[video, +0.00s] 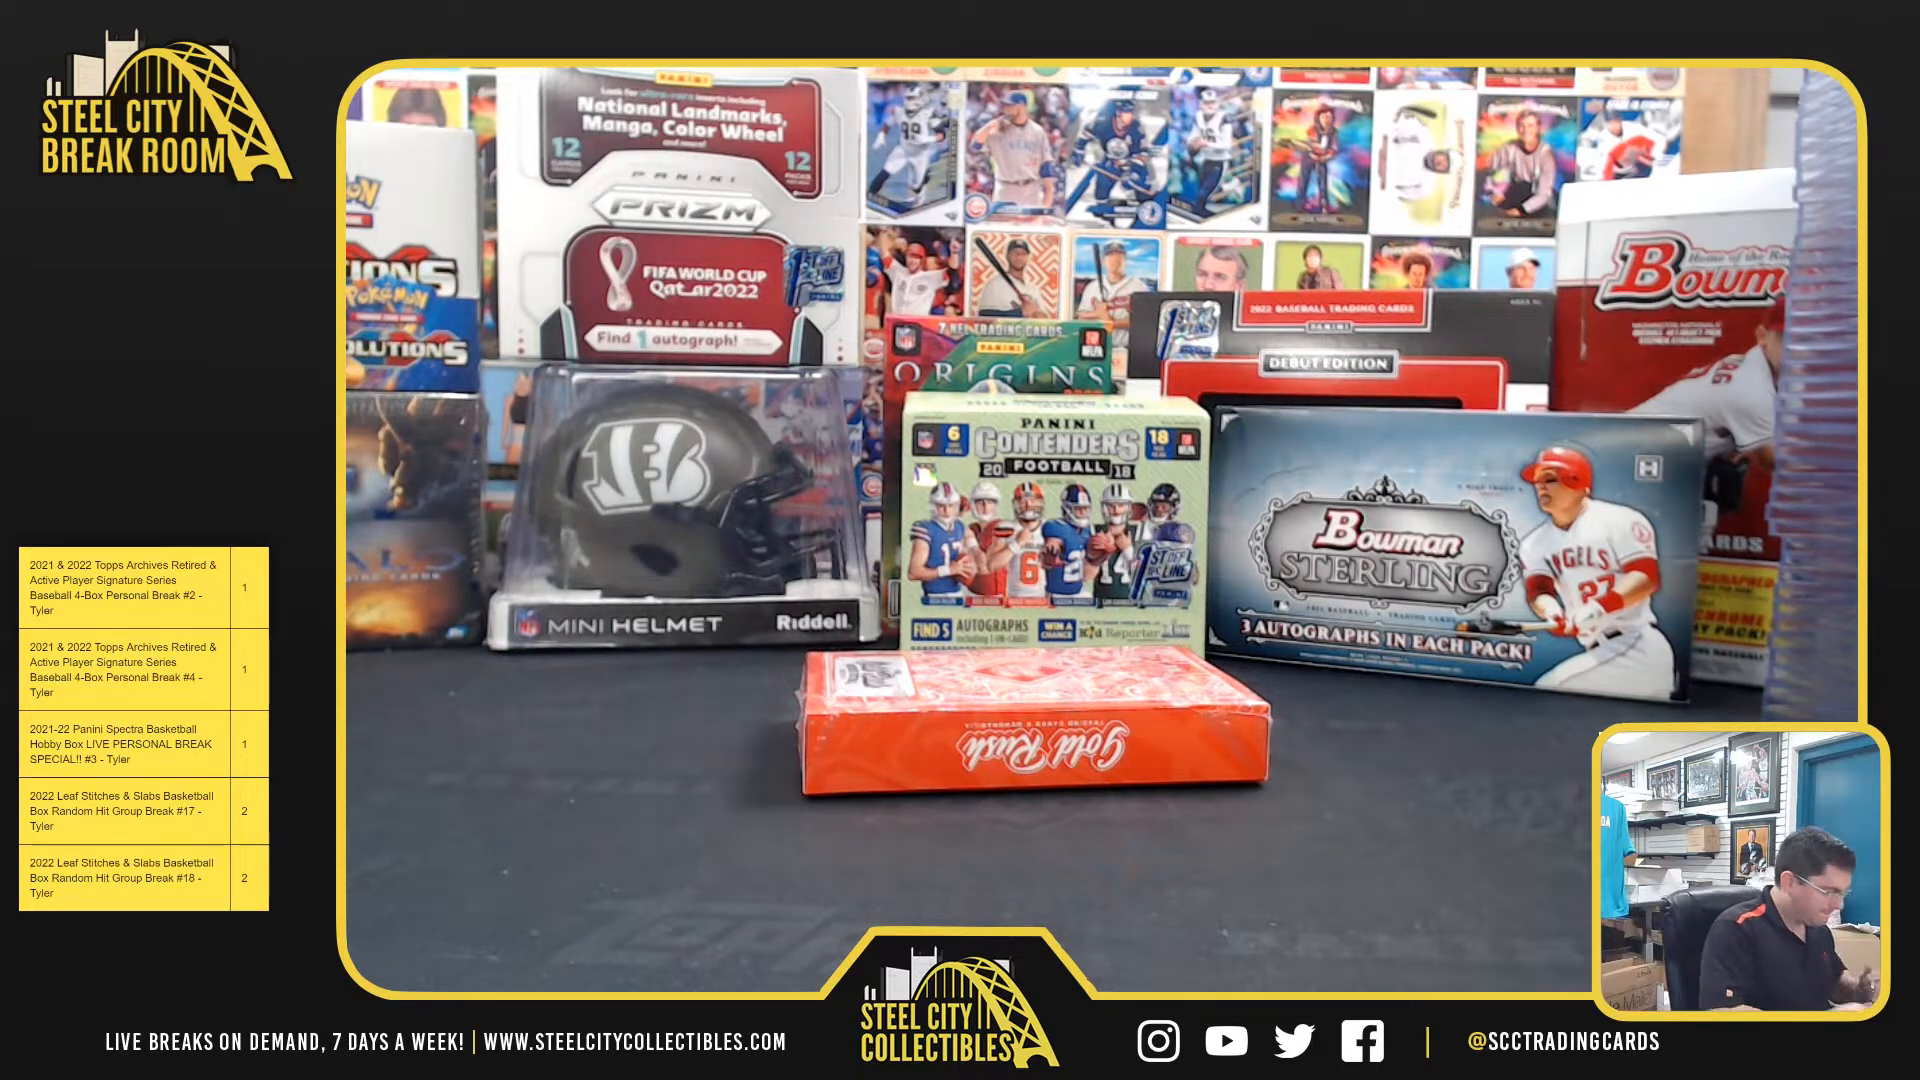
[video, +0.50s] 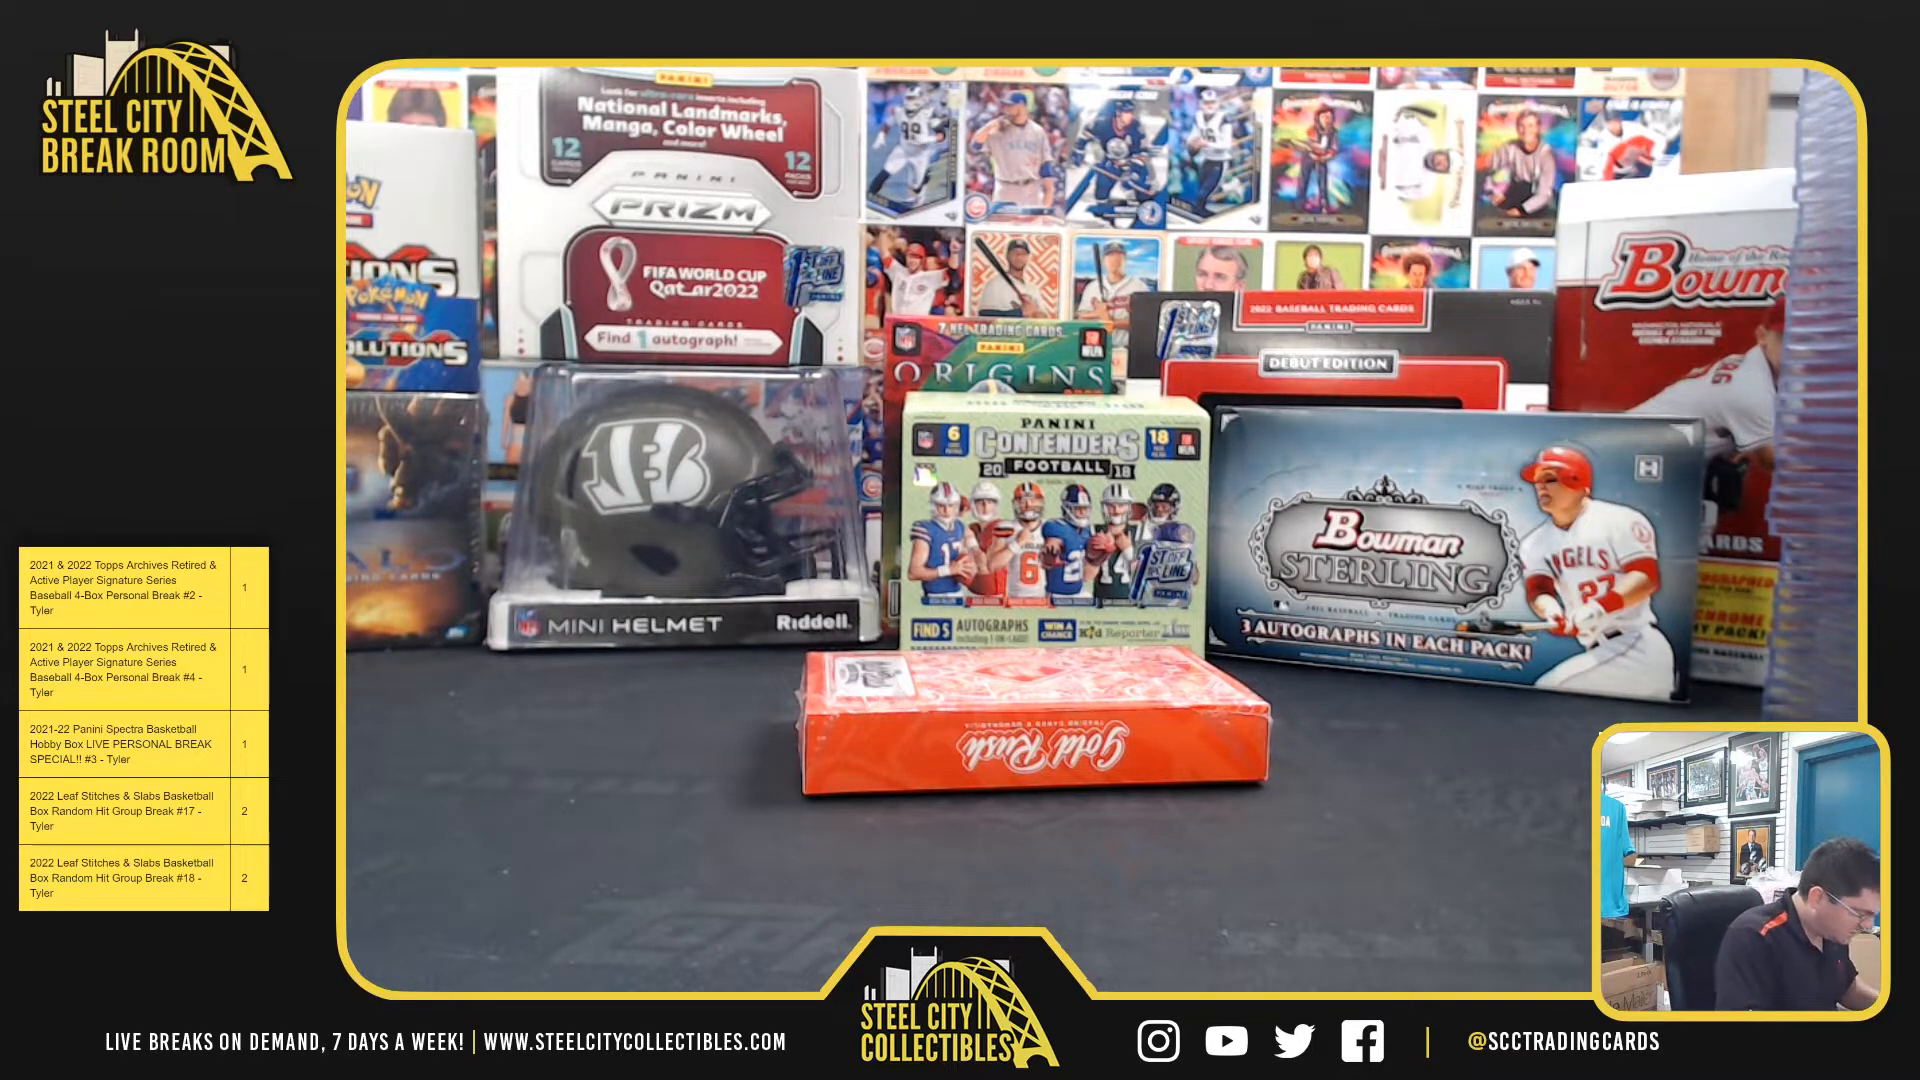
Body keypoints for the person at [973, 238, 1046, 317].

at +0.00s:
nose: (1019, 257)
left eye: (1023, 254)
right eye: (1016, 253)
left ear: (1028, 258)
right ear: (1008, 256)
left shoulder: (1033, 289)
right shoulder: (995, 284)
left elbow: (1045, 317)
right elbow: (986, 315)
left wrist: (1033, 310)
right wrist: (1020, 312)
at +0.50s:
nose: (1019, 257)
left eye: (1023, 254)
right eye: (1016, 253)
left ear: (1028, 258)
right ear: (1008, 256)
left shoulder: (1033, 289)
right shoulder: (995, 284)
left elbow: (1045, 317)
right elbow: (985, 315)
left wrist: (1033, 310)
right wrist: (1020, 313)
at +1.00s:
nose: (1019, 258)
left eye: (1023, 254)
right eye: (1015, 254)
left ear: (1028, 258)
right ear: (1008, 256)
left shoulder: (1032, 288)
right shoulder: (995, 284)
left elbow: (1045, 317)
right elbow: (985, 314)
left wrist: (1034, 310)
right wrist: (1020, 313)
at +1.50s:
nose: (1019, 258)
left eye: (1023, 254)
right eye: (1015, 254)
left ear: (1028, 258)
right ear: (1008, 256)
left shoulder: (1032, 288)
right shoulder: (995, 284)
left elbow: (1045, 317)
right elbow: (985, 314)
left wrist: (1034, 310)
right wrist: (1020, 313)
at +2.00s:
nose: (1019, 258)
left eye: (1023, 254)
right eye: (1015, 254)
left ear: (1028, 258)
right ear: (1008, 256)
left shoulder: (1032, 288)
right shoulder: (995, 284)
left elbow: (1045, 317)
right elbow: (985, 314)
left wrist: (1034, 310)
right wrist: (1020, 313)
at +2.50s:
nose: (1019, 257)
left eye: (1023, 254)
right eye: (1015, 254)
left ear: (1028, 258)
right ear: (1008, 256)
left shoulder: (1033, 288)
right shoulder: (995, 285)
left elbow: (1044, 317)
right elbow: (985, 315)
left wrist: (1033, 310)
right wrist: (1020, 313)